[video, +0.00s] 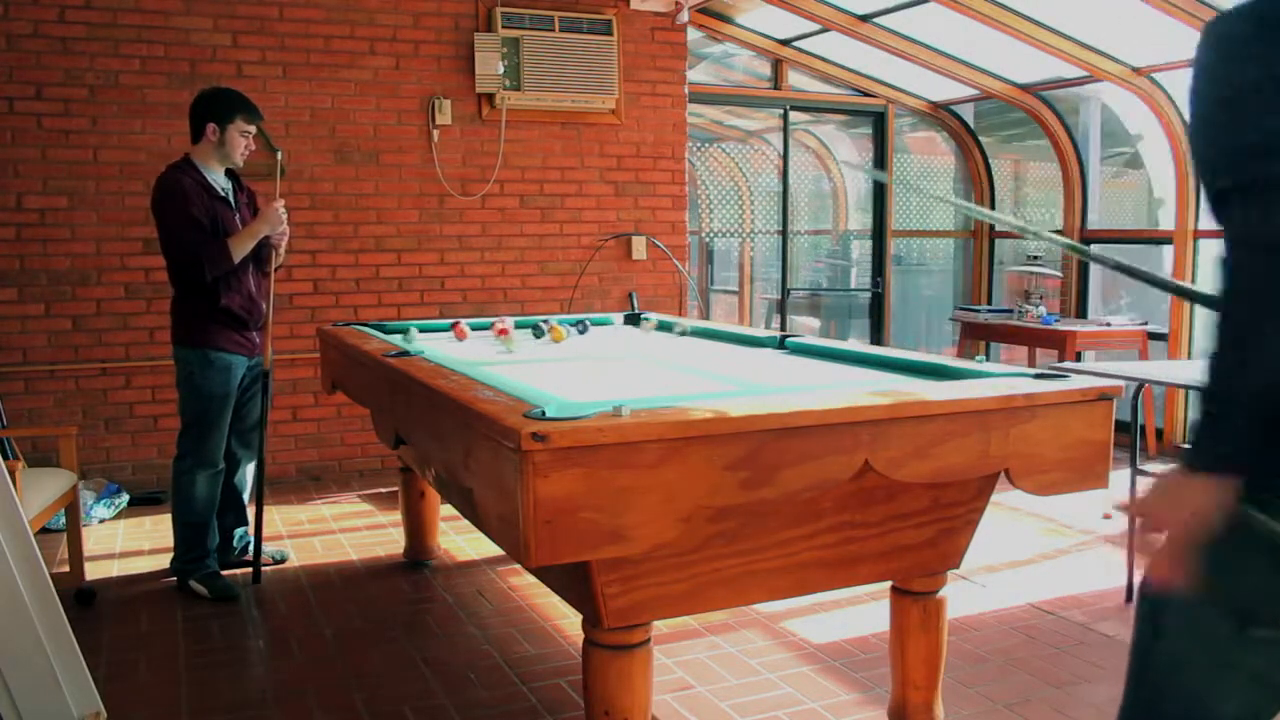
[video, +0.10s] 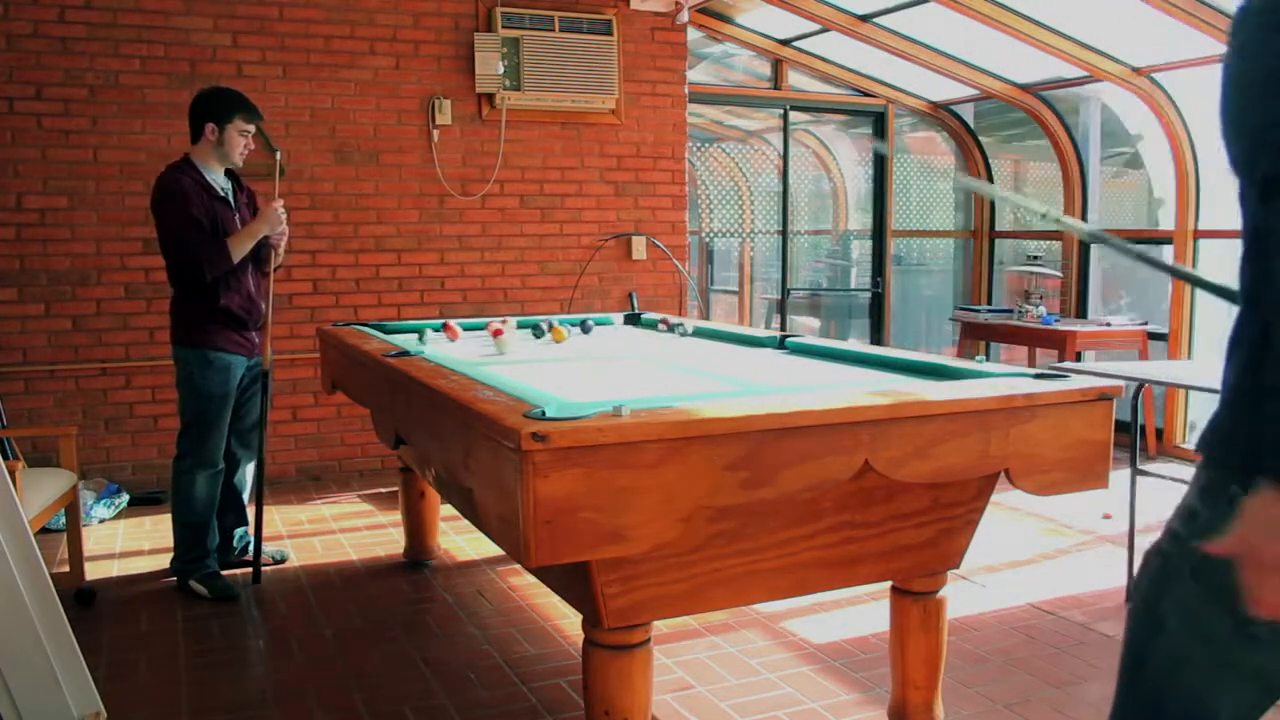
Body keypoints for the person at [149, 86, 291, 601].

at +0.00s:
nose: (252, 144)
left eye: (254, 135)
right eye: (245, 133)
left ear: (225, 137)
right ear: (212, 131)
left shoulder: (241, 192)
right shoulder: (176, 185)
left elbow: (254, 268)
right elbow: (201, 266)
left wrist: (275, 248)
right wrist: (259, 228)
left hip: (248, 342)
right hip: (207, 343)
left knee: (240, 453)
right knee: (203, 457)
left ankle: (230, 545)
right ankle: (192, 564)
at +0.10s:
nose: (252, 144)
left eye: (254, 134)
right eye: (244, 133)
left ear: (226, 136)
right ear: (211, 131)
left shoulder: (241, 192)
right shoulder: (176, 185)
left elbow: (254, 268)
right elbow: (201, 266)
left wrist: (275, 248)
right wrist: (258, 228)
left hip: (248, 342)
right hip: (206, 343)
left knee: (240, 453)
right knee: (203, 457)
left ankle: (230, 545)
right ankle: (192, 564)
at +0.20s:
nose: (250, 143)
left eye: (253, 134)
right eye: (242, 132)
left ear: (228, 137)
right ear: (209, 131)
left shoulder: (241, 193)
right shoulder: (176, 185)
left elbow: (254, 270)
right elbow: (199, 267)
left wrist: (274, 247)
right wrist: (256, 228)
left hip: (247, 342)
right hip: (206, 343)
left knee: (239, 453)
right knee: (202, 457)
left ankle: (230, 545)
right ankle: (192, 564)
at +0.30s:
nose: (249, 143)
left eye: (252, 134)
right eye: (240, 132)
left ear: (242, 137)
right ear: (207, 130)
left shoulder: (242, 193)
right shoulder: (175, 185)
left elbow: (253, 271)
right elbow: (199, 267)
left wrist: (273, 248)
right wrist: (254, 229)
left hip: (247, 342)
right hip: (205, 343)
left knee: (239, 453)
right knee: (202, 457)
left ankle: (230, 545)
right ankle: (192, 564)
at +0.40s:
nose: (248, 143)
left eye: (251, 134)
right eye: (239, 132)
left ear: (243, 138)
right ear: (206, 130)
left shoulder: (241, 193)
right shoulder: (174, 185)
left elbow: (253, 270)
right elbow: (198, 267)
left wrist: (273, 248)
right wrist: (254, 229)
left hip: (245, 342)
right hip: (204, 343)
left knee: (238, 453)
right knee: (201, 457)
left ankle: (230, 545)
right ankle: (192, 564)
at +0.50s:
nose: (245, 143)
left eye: (249, 134)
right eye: (236, 132)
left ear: (249, 138)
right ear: (204, 130)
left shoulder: (241, 192)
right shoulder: (173, 185)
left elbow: (257, 269)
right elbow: (198, 265)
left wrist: (272, 247)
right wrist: (252, 228)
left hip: (245, 342)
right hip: (203, 343)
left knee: (238, 453)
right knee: (201, 457)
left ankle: (230, 545)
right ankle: (192, 564)